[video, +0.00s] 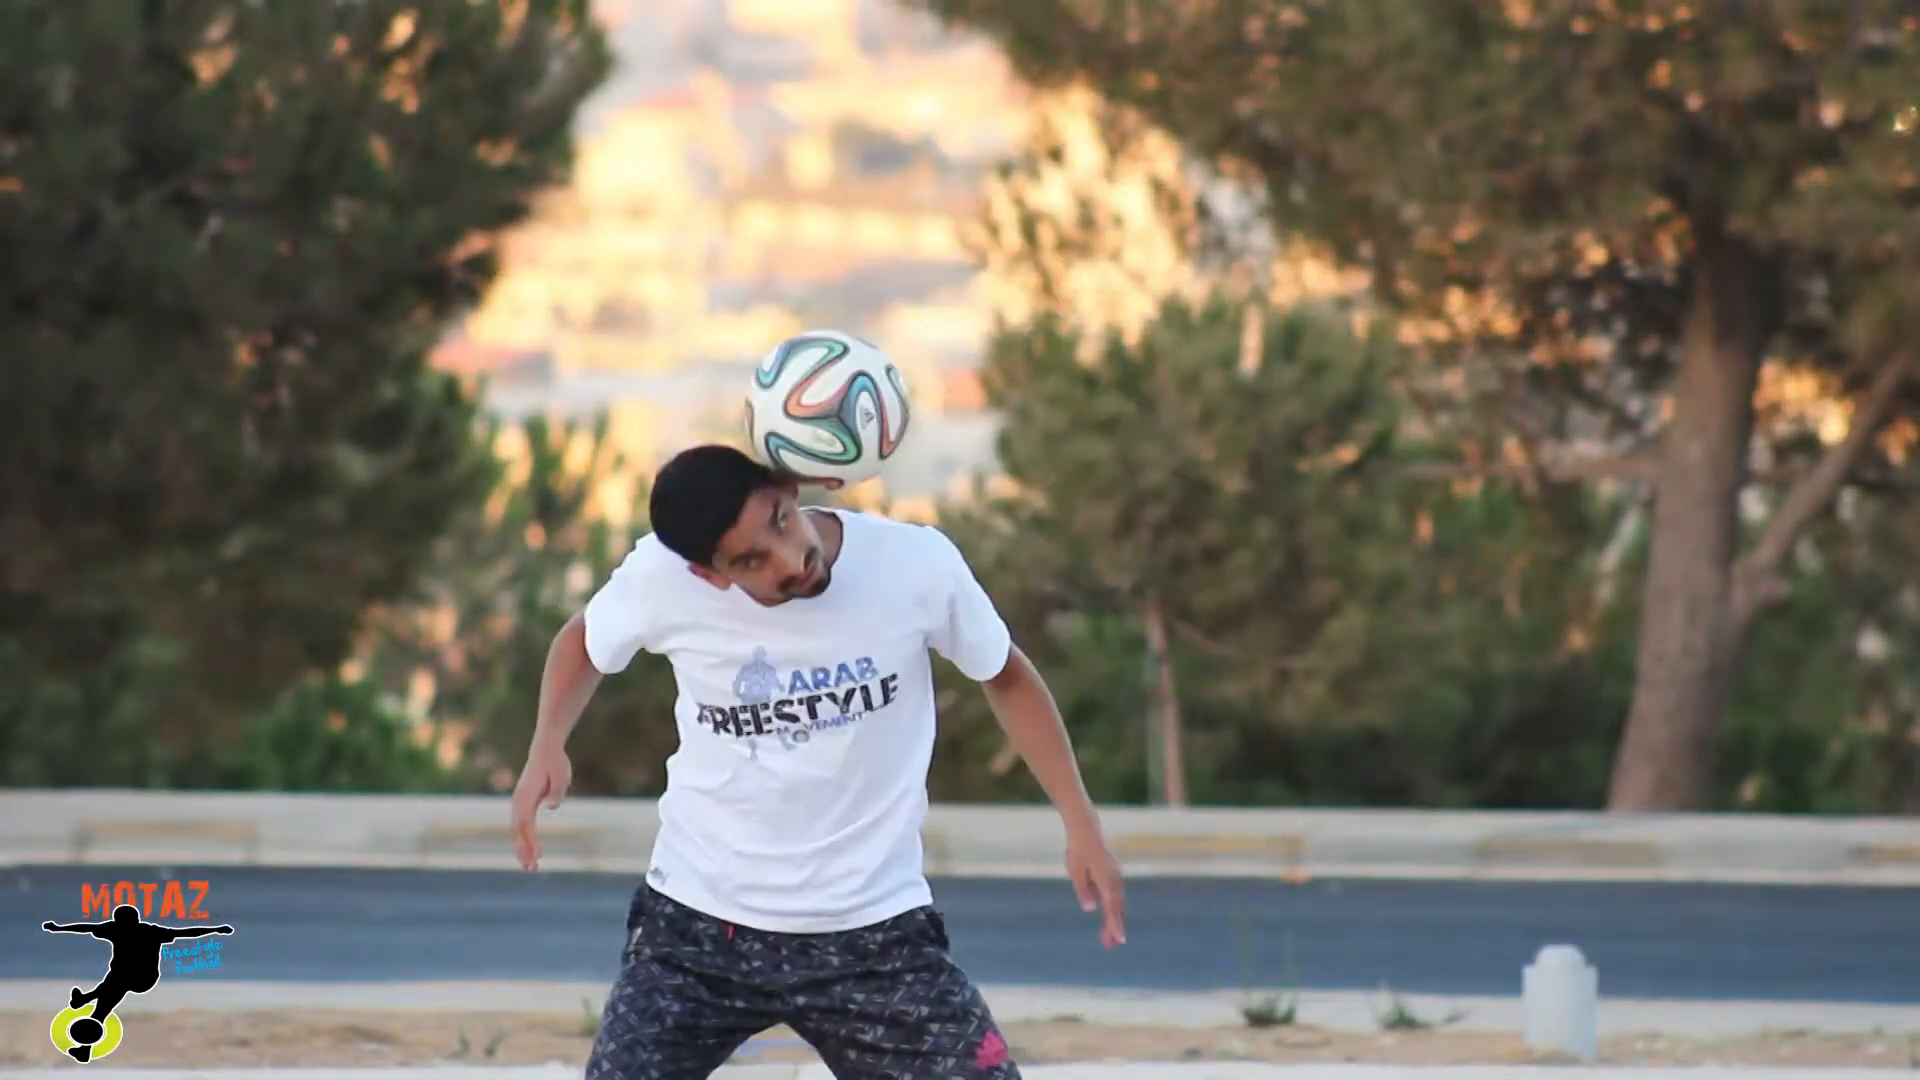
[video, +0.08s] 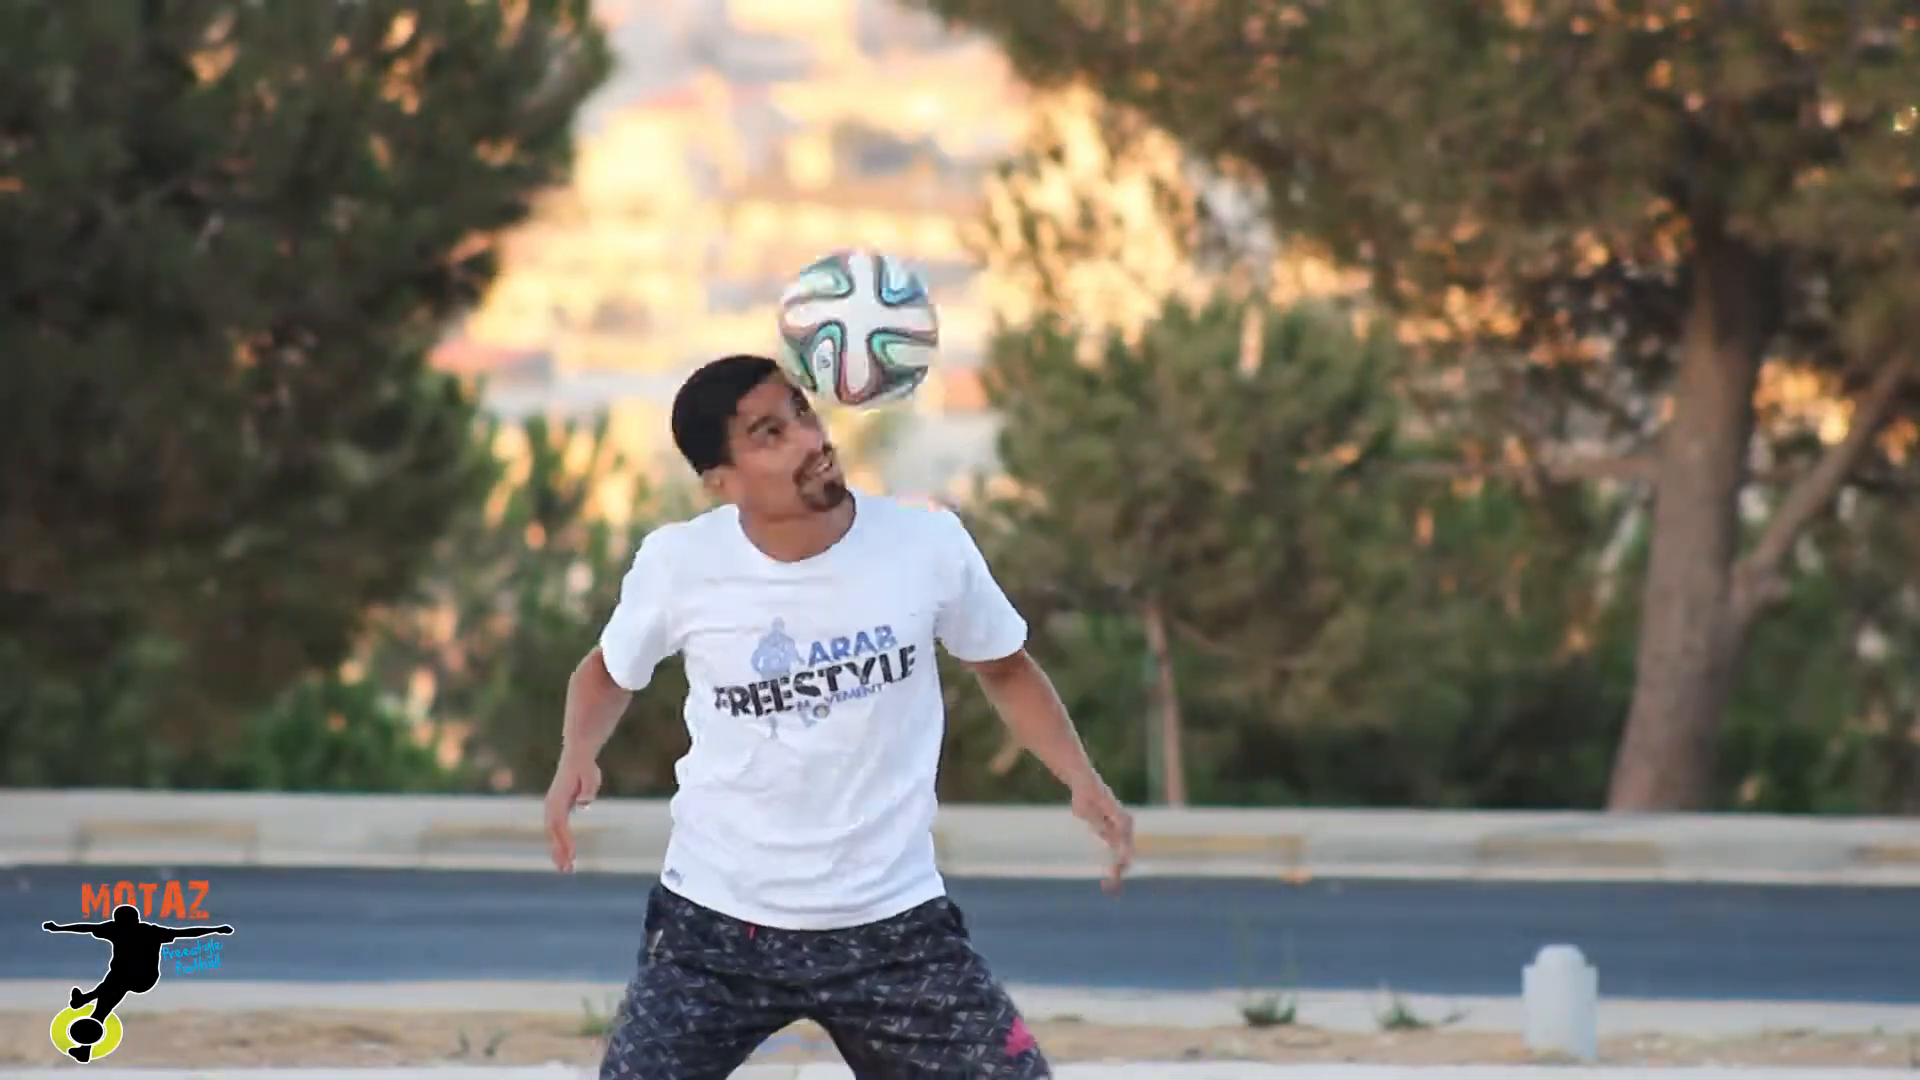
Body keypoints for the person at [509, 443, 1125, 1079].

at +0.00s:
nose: (793, 556)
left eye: (782, 519)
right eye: (755, 560)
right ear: (711, 575)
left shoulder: (922, 568)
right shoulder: (660, 587)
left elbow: (1007, 678)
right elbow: (581, 646)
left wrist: (1081, 821)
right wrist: (548, 744)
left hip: (875, 951)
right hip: (692, 946)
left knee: (987, 1069)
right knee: (617, 1070)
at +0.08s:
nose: (808, 441)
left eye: (804, 415)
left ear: (824, 417)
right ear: (721, 478)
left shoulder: (931, 549)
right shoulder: (674, 567)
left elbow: (1007, 668)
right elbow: (609, 670)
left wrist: (1082, 776)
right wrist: (579, 752)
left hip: (896, 943)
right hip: (710, 941)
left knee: (1016, 1074)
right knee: (634, 1072)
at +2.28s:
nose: (1244, 316)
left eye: (1278, 314)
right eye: (1229, 312)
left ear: (1312, 382)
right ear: (1199, 369)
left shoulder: (1361, 521)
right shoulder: (1121, 497)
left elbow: (1459, 725)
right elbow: (1077, 666)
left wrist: (1417, 687)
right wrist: (994, 702)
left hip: (1312, 907)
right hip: (1141, 908)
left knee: (1411, 1069)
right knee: (1066, 1069)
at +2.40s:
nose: (1212, 393)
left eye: (1240, 379)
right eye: (1194, 398)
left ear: (1301, 419)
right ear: (1201, 471)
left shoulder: (1411, 547)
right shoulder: (1175, 583)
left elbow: (1535, 728)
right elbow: (1151, 760)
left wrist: (1438, 663)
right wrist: (1064, 788)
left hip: (1381, 966)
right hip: (1204, 962)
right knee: (1080, 1074)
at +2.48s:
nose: (1200, 470)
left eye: (1219, 447)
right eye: (1184, 478)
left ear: (1288, 455)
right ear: (1200, 529)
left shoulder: (1441, 554)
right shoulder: (1224, 638)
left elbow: (1596, 707)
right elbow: (1218, 822)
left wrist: (1479, 674)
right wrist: (1108, 840)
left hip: (1438, 999)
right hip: (1253, 993)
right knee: (1127, 1072)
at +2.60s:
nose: (1218, 482)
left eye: (1222, 463)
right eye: (1206, 503)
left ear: (1291, 457)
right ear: (1246, 558)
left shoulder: (1480, 521)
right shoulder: (1272, 644)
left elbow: (1643, 632)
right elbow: (1290, 824)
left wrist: (1618, 684)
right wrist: (1173, 859)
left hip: (1500, 976)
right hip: (1313, 976)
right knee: (1200, 1071)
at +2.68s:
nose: (1267, 398)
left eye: (1282, 385)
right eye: (1245, 410)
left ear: (1346, 408)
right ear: (1255, 477)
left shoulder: (1493, 502)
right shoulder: (1263, 590)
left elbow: (1622, 623)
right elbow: (1262, 772)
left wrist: (1691, 679)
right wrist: (1161, 816)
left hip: (1485, 943)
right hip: (1304, 945)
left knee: (1581, 1073)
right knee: (1190, 1077)